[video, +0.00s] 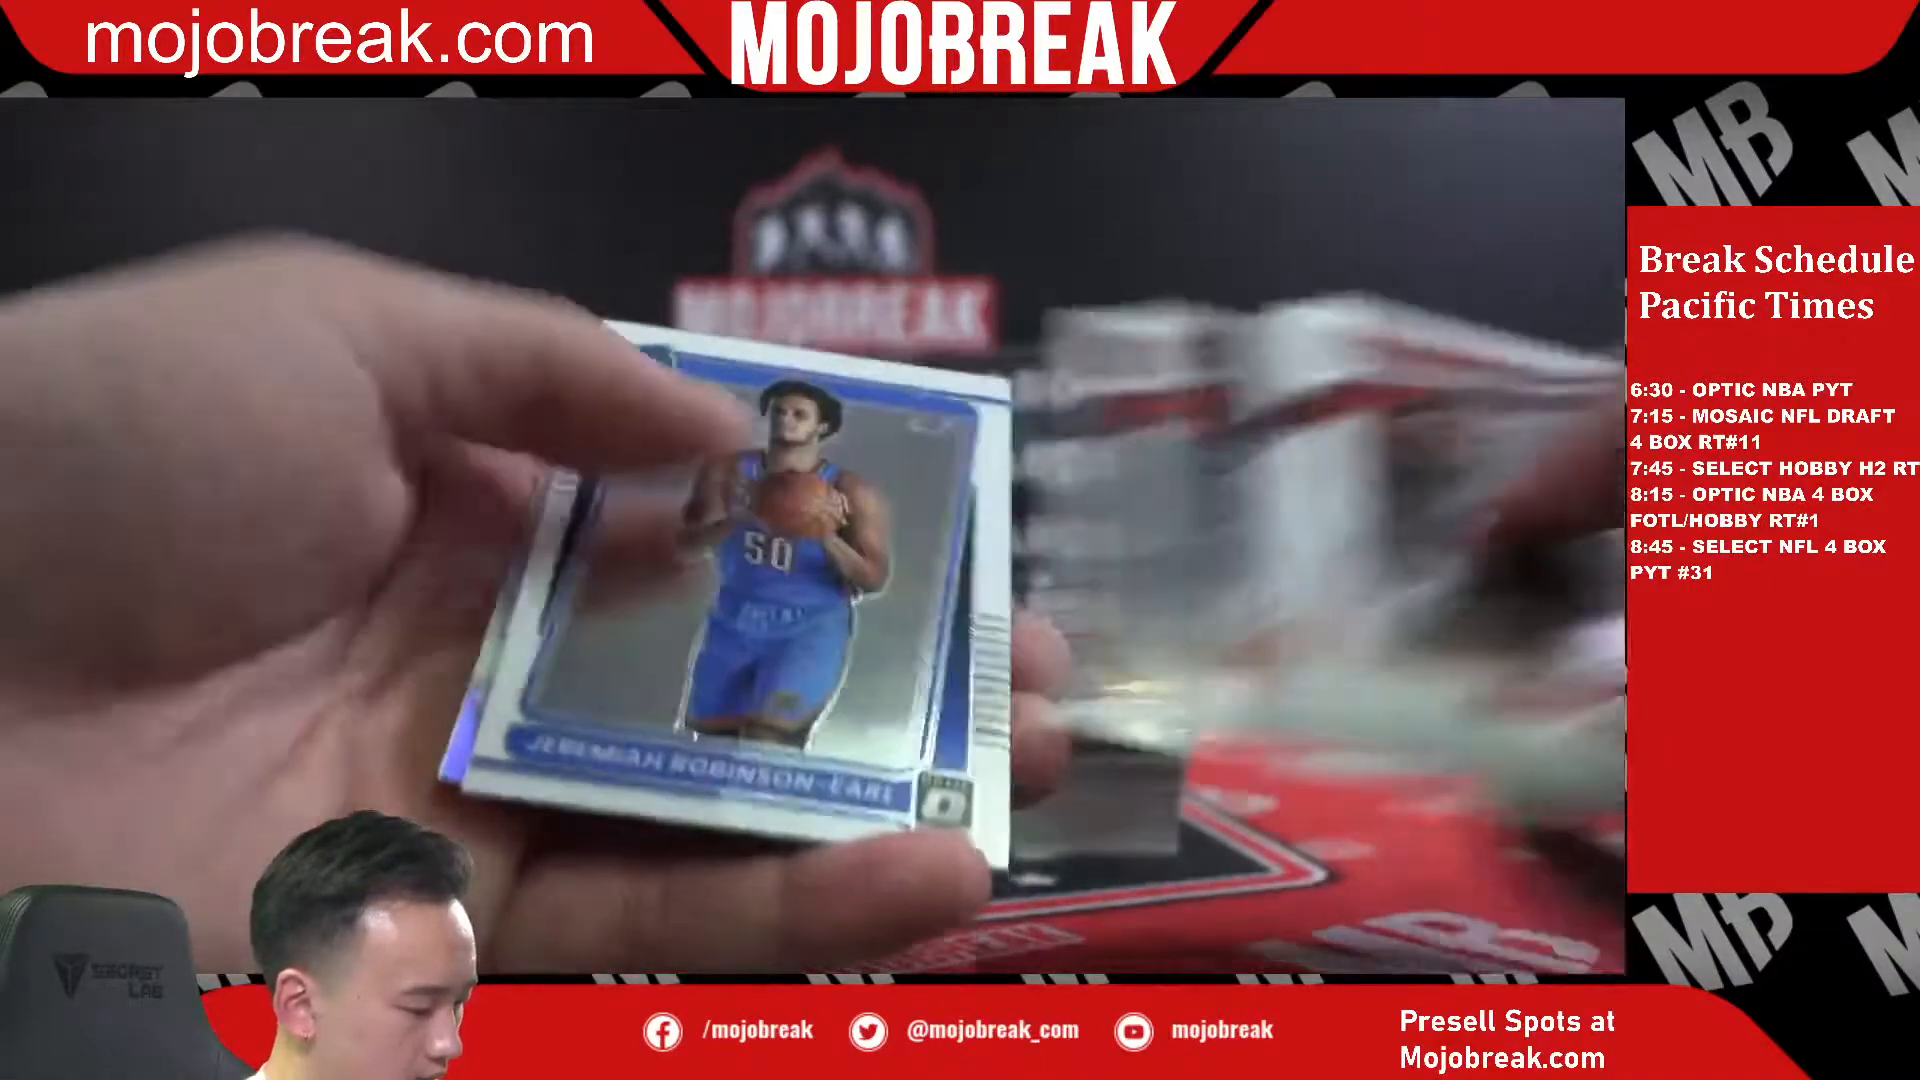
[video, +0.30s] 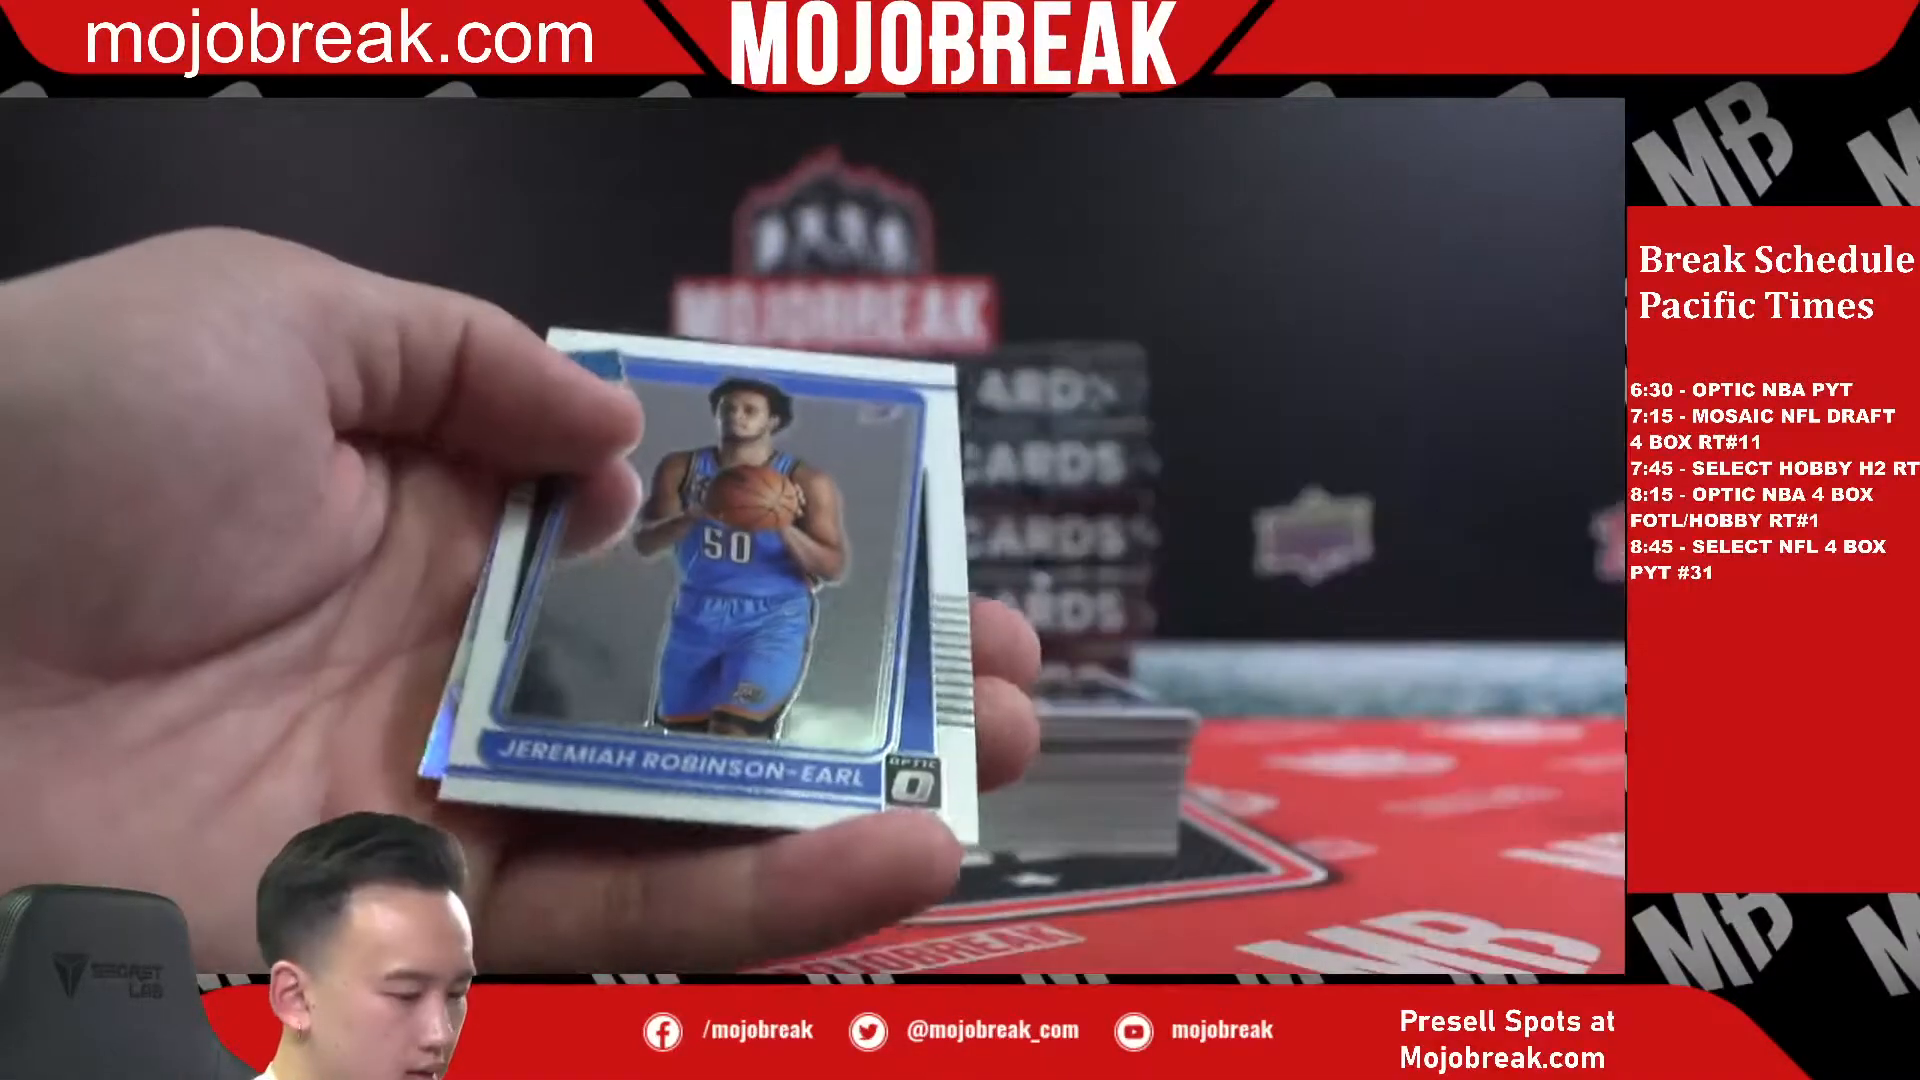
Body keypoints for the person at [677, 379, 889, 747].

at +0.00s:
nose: (787, 420)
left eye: (800, 414)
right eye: (780, 411)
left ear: (822, 427)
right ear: (769, 417)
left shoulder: (852, 493)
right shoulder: (727, 471)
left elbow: (874, 577)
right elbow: (689, 541)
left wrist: (828, 537)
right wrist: (742, 518)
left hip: (811, 631)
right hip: (734, 623)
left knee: (764, 748)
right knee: (707, 750)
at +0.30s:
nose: (738, 416)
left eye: (751, 410)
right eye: (730, 408)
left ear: (773, 421)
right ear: (718, 415)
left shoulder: (810, 483)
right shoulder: (680, 468)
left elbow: (833, 567)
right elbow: (644, 541)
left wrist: (785, 527)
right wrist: (693, 516)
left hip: (773, 621)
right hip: (695, 616)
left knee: (729, 736)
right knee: (680, 743)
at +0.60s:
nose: (742, 396)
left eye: (756, 388)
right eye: (734, 385)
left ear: (781, 403)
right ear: (720, 394)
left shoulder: (815, 475)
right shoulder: (681, 460)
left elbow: (836, 575)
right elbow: (642, 557)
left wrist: (787, 527)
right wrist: (696, 517)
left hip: (775, 639)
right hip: (694, 632)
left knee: (729, 776)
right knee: (675, 782)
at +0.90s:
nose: (757, 391)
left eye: (773, 384)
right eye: (750, 381)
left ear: (800, 399)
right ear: (737, 389)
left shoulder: (834, 474)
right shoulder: (699, 458)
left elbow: (852, 581)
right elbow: (659, 560)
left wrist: (805, 530)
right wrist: (711, 520)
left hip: (791, 646)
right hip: (711, 640)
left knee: (742, 789)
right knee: (691, 795)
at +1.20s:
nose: (778, 364)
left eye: (793, 356)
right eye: (770, 353)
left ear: (820, 372)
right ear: (758, 362)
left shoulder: (857, 447)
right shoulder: (721, 433)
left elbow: (880, 552)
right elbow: (684, 536)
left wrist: (831, 505)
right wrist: (736, 494)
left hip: (821, 619)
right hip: (739, 615)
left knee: (780, 761)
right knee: (726, 768)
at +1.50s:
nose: (793, 377)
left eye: (805, 365)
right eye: (784, 365)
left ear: (827, 376)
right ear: (772, 372)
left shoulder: (864, 443)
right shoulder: (741, 439)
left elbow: (898, 527)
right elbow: (707, 528)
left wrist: (849, 492)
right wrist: (742, 492)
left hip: (847, 589)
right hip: (771, 591)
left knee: (827, 707)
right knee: (760, 717)